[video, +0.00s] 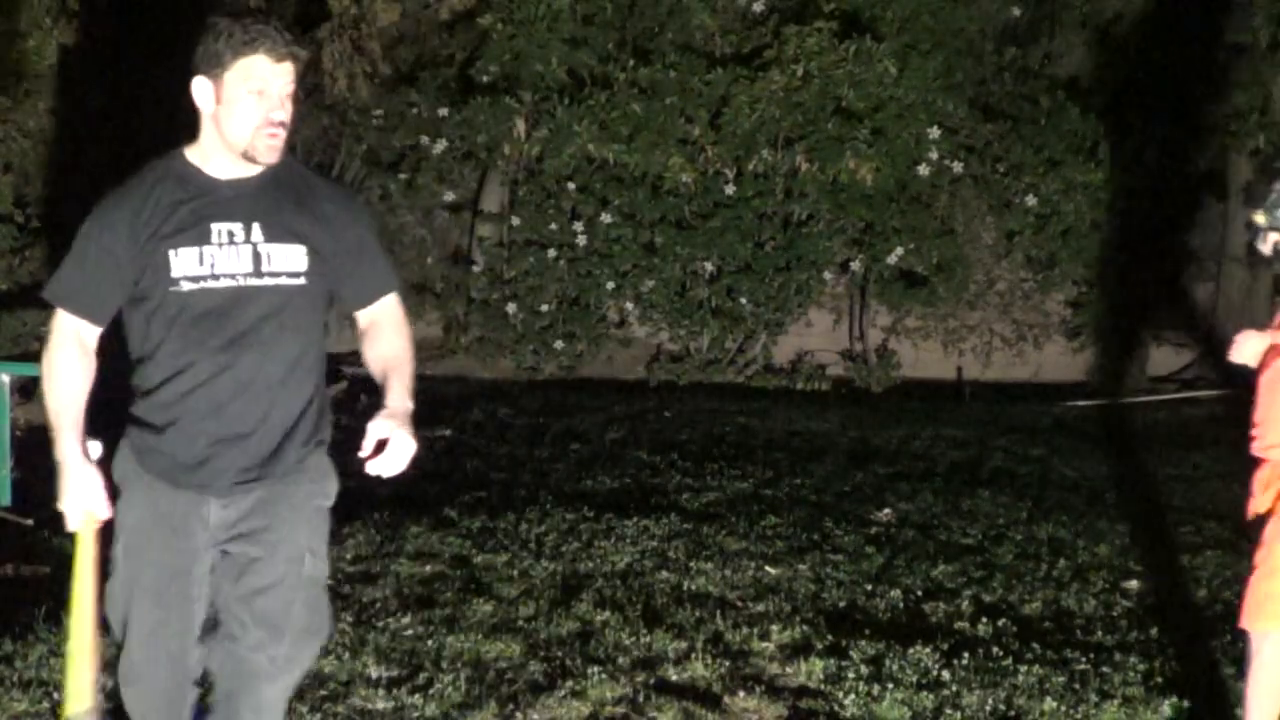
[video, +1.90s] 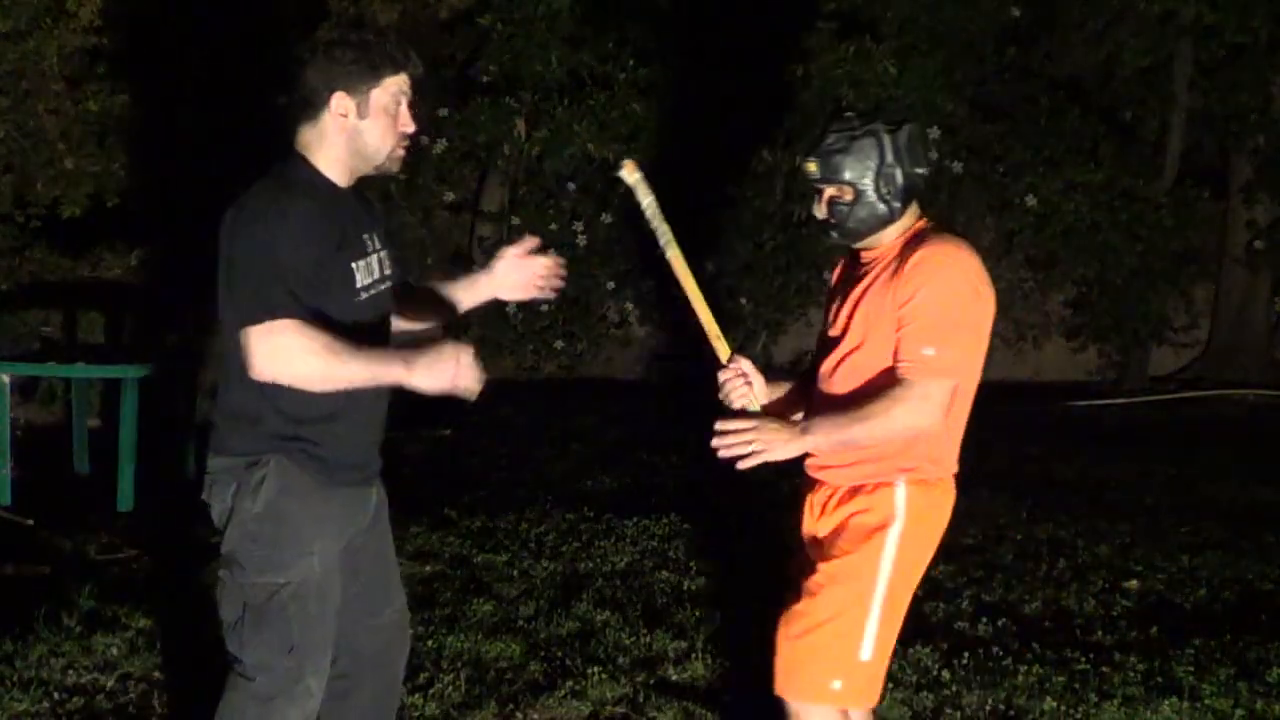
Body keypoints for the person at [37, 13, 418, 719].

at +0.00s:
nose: (280, 111)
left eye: (288, 94)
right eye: (259, 91)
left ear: (297, 99)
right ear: (206, 95)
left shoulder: (329, 211)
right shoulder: (136, 211)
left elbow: (381, 314)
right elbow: (71, 339)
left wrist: (398, 403)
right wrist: (71, 457)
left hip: (289, 487)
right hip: (163, 485)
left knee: (264, 681)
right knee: (156, 680)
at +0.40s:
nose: (282, 119)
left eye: (285, 100)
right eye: (267, 96)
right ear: (205, 91)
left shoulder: (269, 212)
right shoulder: (118, 200)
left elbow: (307, 328)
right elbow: (45, 333)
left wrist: (366, 371)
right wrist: (153, 435)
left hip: (252, 497)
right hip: (147, 498)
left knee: (232, 699)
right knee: (154, 695)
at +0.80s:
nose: (273, 111)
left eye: (271, 89)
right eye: (262, 87)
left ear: (209, 92)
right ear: (203, 90)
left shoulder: (223, 201)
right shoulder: (112, 215)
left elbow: (302, 280)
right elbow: (99, 372)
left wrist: (434, 302)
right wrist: (227, 479)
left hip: (233, 472)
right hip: (144, 484)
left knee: (304, 632)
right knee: (155, 695)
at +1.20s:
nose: (346, 123)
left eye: (345, 104)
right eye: (337, 102)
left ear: (285, 107)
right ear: (283, 105)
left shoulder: (300, 216)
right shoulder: (201, 218)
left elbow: (384, 272)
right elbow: (149, 357)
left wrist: (518, 265)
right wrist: (226, 498)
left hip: (317, 523)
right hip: (228, 530)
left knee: (343, 695)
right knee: (193, 707)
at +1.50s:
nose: (428, 129)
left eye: (427, 112)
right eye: (419, 110)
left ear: (372, 112)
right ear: (366, 109)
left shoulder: (379, 213)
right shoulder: (282, 206)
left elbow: (456, 277)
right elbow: (234, 337)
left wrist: (576, 271)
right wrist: (309, 466)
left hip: (367, 491)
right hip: (289, 487)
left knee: (373, 674)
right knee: (284, 679)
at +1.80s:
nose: (423, 123)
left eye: (422, 105)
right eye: (410, 103)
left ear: (365, 109)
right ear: (358, 106)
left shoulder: (376, 210)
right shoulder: (282, 204)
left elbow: (444, 286)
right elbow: (260, 340)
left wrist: (553, 283)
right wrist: (391, 415)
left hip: (363, 480)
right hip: (291, 477)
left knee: (375, 666)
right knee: (294, 677)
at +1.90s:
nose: (411, 124)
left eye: (409, 105)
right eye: (397, 104)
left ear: (352, 115)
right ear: (345, 110)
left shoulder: (356, 212)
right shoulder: (269, 212)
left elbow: (386, 312)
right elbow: (272, 350)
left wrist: (489, 281)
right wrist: (408, 367)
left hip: (353, 481)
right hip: (276, 481)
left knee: (372, 665)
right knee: (280, 683)